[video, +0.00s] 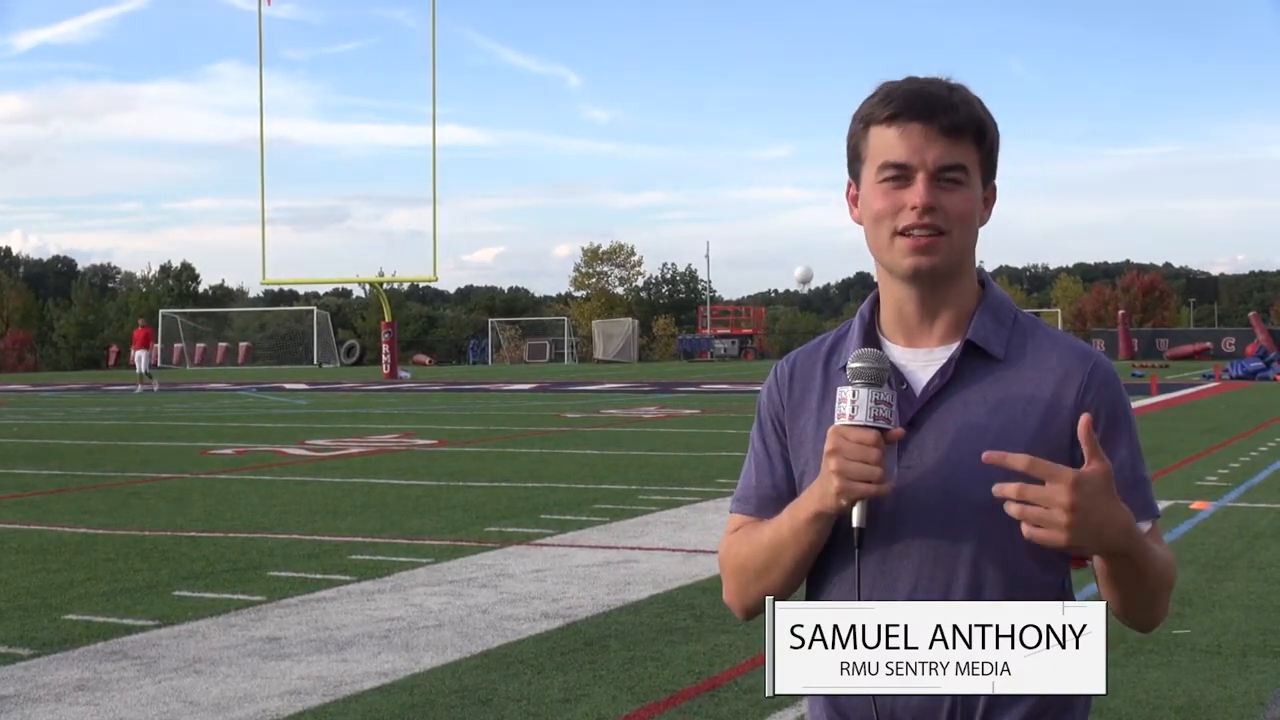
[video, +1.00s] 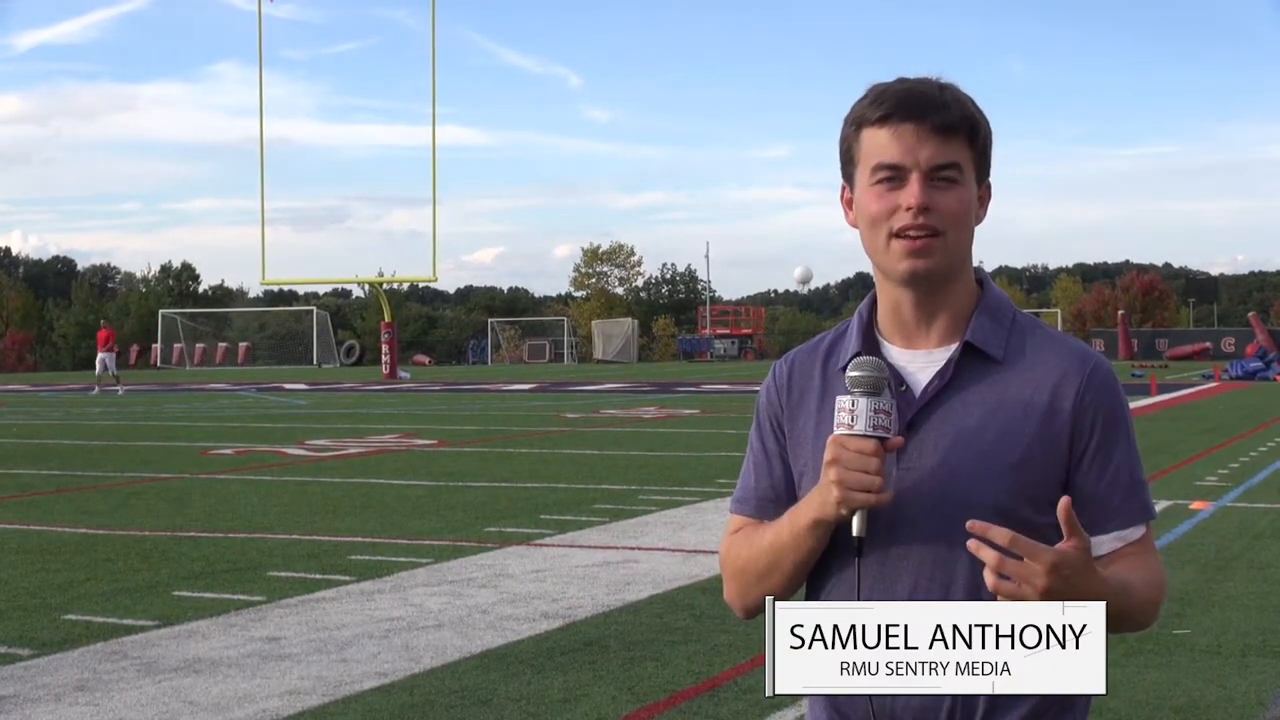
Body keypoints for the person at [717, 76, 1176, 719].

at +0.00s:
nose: (922, 201)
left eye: (950, 178)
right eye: (895, 177)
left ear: (986, 201)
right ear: (855, 201)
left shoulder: (1075, 379)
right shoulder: (796, 384)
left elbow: (1146, 611)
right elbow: (740, 590)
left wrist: (1118, 536)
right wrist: (820, 498)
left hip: (1024, 706)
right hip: (846, 707)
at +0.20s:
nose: (923, 195)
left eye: (950, 173)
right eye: (896, 174)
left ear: (987, 199)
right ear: (856, 203)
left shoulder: (1078, 379)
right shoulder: (797, 383)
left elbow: (1146, 609)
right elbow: (741, 587)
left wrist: (1111, 544)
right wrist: (822, 501)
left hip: (1025, 706)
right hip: (846, 707)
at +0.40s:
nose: (919, 197)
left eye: (947, 175)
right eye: (892, 175)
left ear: (985, 199)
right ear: (854, 204)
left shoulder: (1077, 377)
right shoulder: (797, 383)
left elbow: (1147, 608)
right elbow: (741, 588)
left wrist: (1106, 526)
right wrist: (822, 499)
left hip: (1024, 706)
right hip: (846, 707)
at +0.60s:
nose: (918, 199)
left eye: (944, 177)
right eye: (890, 178)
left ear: (981, 200)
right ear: (851, 205)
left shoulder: (1074, 381)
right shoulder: (794, 384)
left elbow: (1146, 589)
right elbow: (742, 589)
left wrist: (1101, 587)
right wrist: (823, 505)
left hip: (1021, 707)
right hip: (844, 707)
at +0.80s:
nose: (916, 200)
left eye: (943, 177)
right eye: (888, 178)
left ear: (981, 199)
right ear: (850, 204)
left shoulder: (1075, 381)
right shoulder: (795, 383)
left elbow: (1143, 586)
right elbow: (741, 587)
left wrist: (1097, 586)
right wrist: (819, 502)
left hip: (1022, 707)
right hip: (845, 707)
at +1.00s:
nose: (916, 201)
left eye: (944, 177)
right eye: (889, 179)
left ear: (981, 200)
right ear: (850, 204)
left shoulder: (1074, 382)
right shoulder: (794, 383)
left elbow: (1141, 583)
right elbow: (741, 587)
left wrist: (1090, 588)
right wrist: (821, 505)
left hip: (1021, 708)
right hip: (843, 707)